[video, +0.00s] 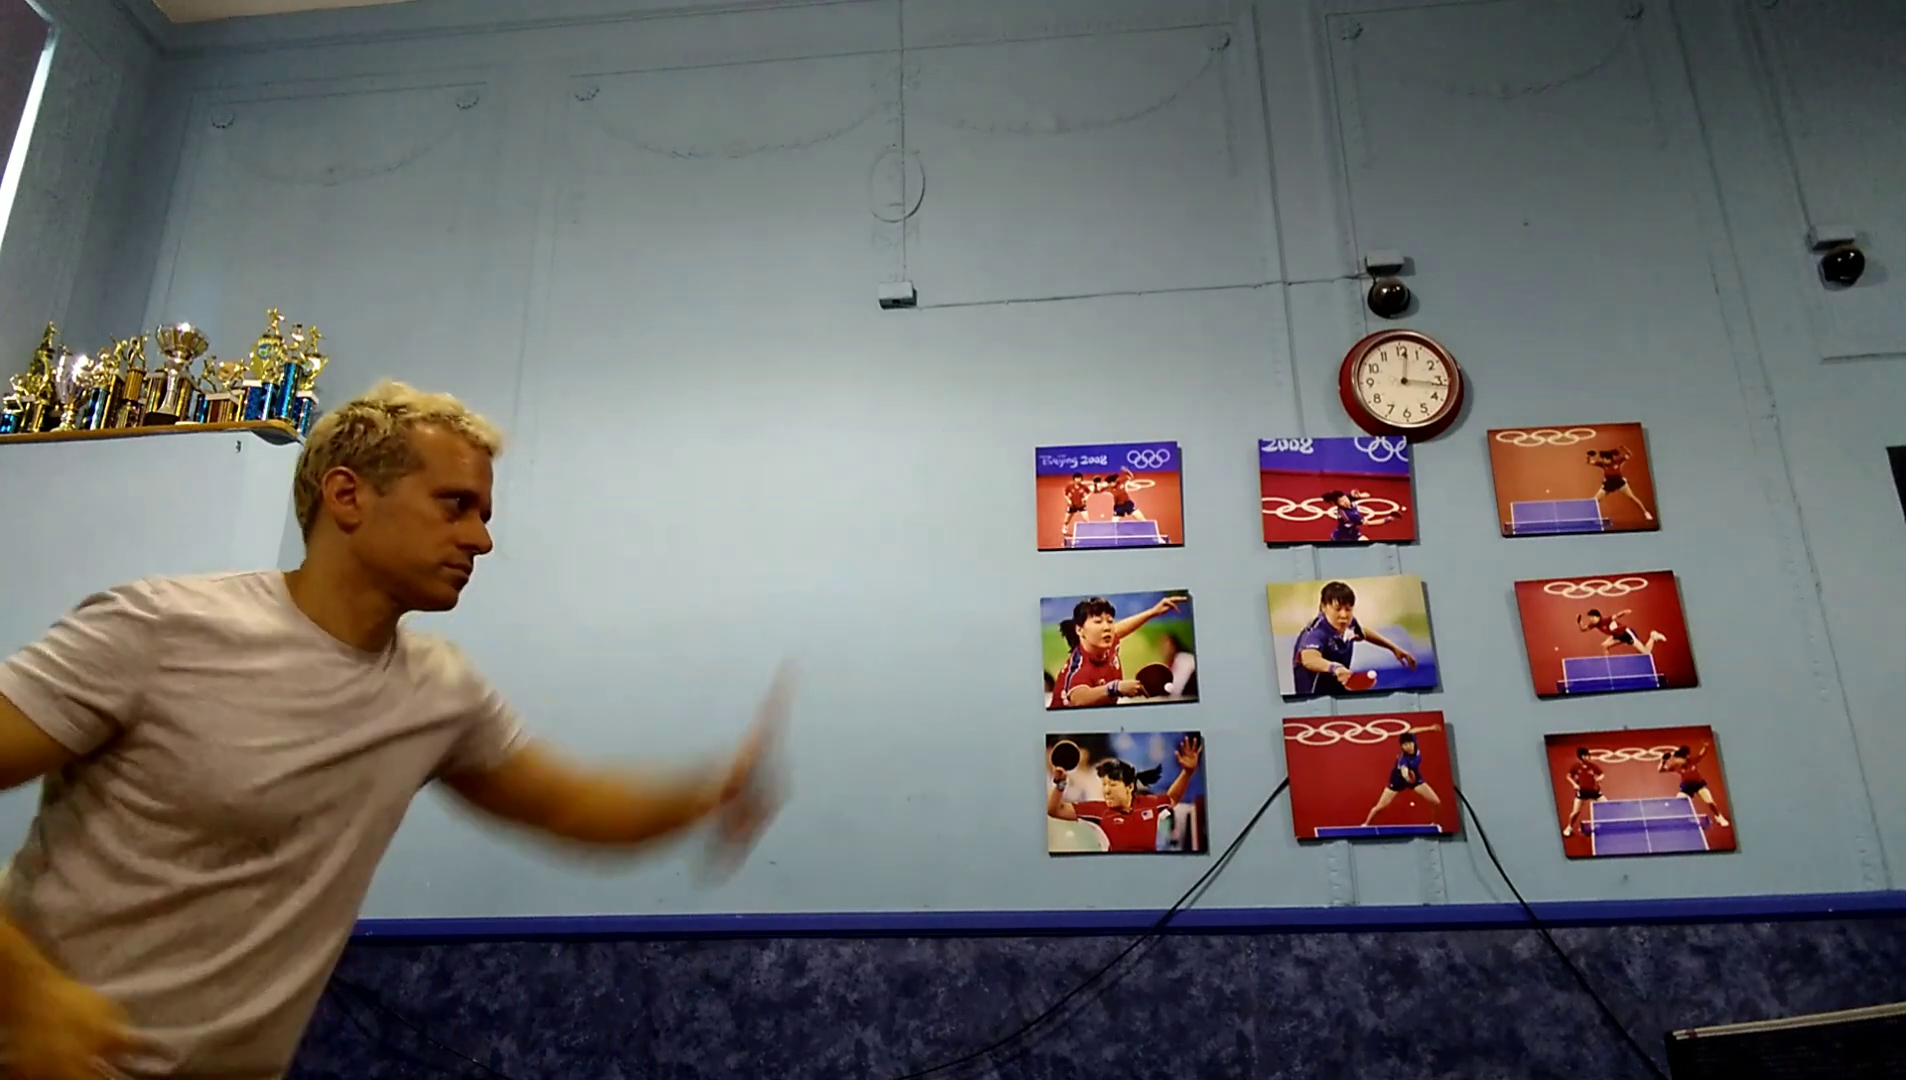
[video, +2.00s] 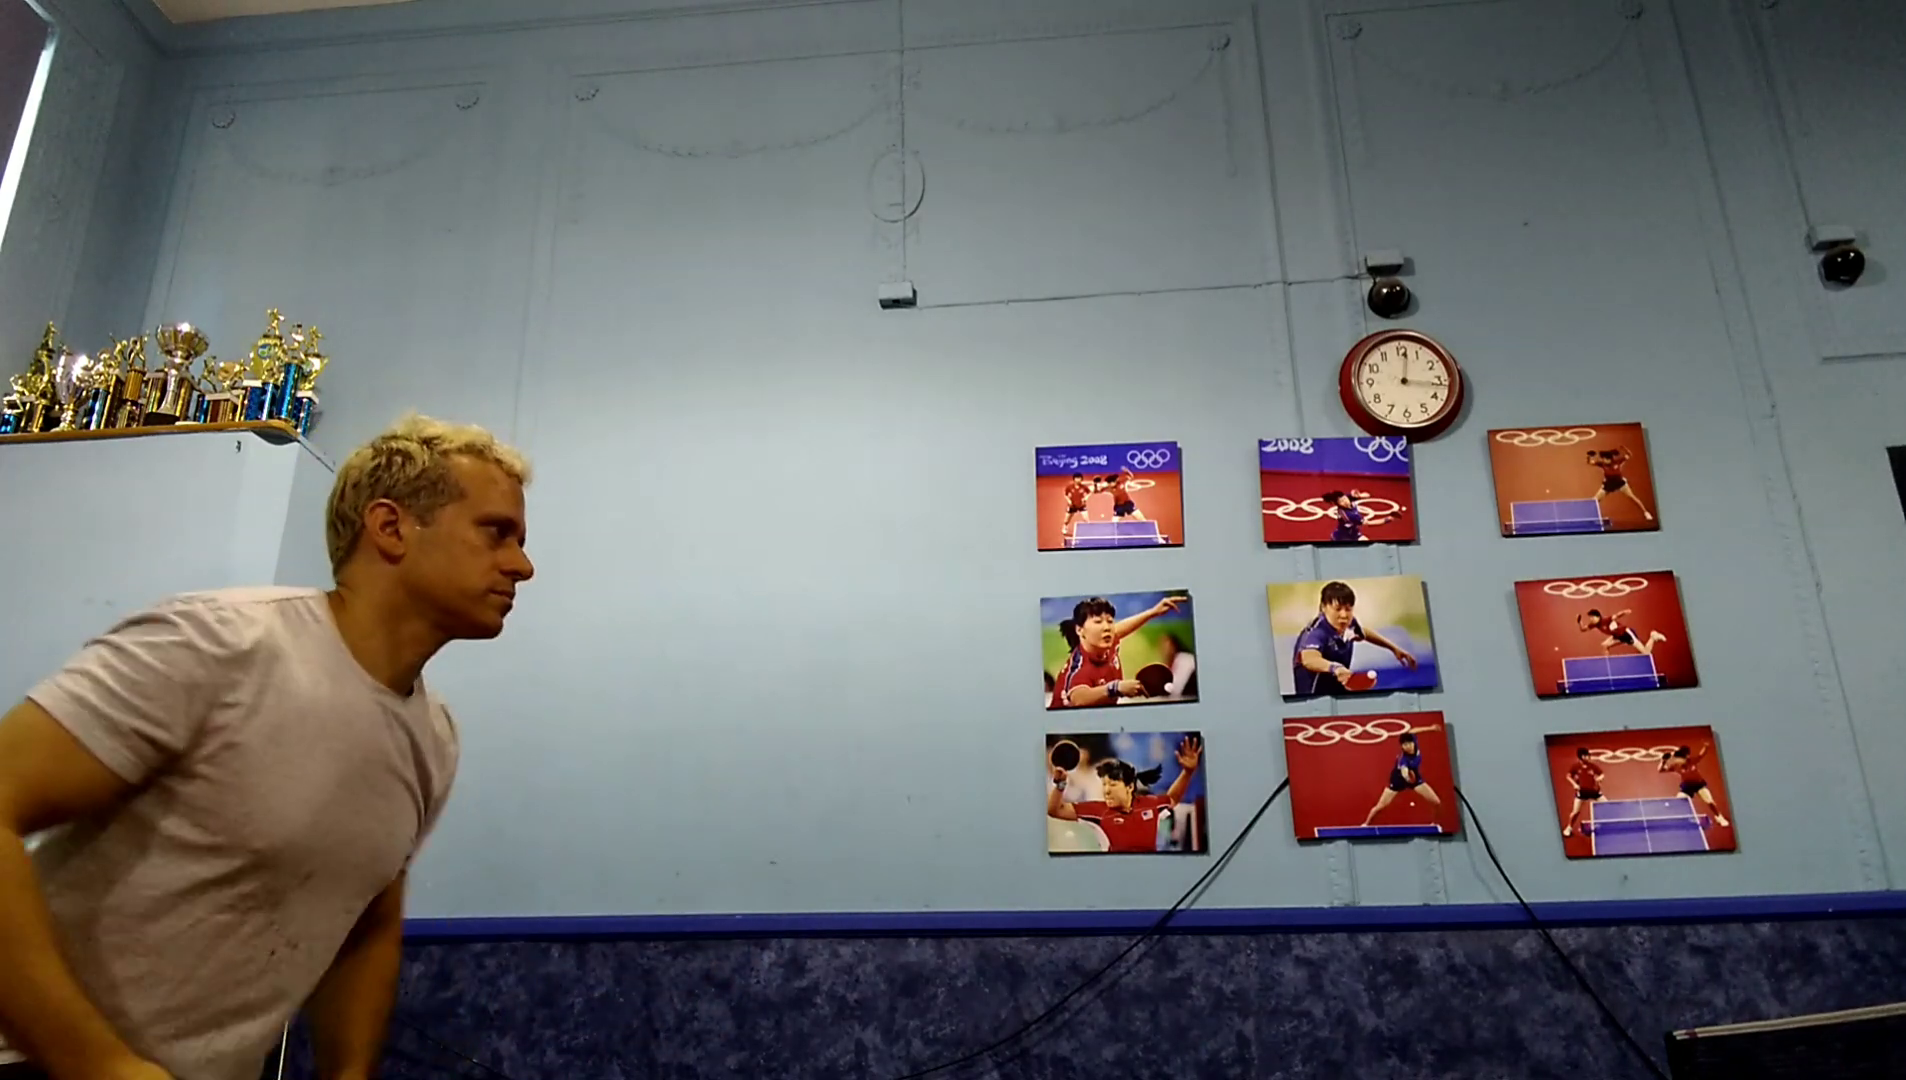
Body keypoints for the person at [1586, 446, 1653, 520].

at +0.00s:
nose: (1605, 461)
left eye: (1606, 460)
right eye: (1603, 460)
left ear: (1610, 459)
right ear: (1603, 459)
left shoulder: (1618, 462)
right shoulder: (1602, 464)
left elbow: (1629, 456)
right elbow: (1590, 463)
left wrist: (1624, 448)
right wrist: (1589, 457)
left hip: (1620, 482)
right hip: (1608, 483)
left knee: (1631, 497)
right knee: (1595, 499)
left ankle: (1645, 512)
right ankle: (1592, 518)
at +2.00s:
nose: (1605, 461)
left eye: (1606, 460)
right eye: (1604, 460)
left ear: (1610, 459)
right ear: (1603, 459)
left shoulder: (1617, 462)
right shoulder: (1602, 464)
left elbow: (1629, 456)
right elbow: (1590, 463)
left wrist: (1624, 449)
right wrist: (1589, 457)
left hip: (1620, 482)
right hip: (1608, 483)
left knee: (1632, 497)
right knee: (1595, 499)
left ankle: (1645, 512)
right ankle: (1592, 519)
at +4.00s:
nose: (1605, 461)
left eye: (1606, 460)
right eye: (1603, 460)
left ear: (1610, 459)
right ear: (1603, 459)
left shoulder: (1617, 461)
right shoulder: (1602, 464)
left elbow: (1628, 457)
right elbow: (1590, 463)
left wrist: (1624, 449)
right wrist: (1590, 457)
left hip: (1620, 482)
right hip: (1608, 482)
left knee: (1632, 497)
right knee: (1596, 499)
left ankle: (1645, 512)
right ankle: (1593, 519)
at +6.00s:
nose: (1604, 461)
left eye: (1606, 460)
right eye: (1603, 460)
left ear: (1610, 458)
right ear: (1603, 459)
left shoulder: (1618, 462)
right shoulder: (1602, 464)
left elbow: (1629, 456)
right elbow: (1590, 463)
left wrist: (1624, 448)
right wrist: (1589, 457)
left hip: (1620, 482)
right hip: (1608, 483)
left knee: (1632, 497)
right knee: (1595, 499)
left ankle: (1645, 512)